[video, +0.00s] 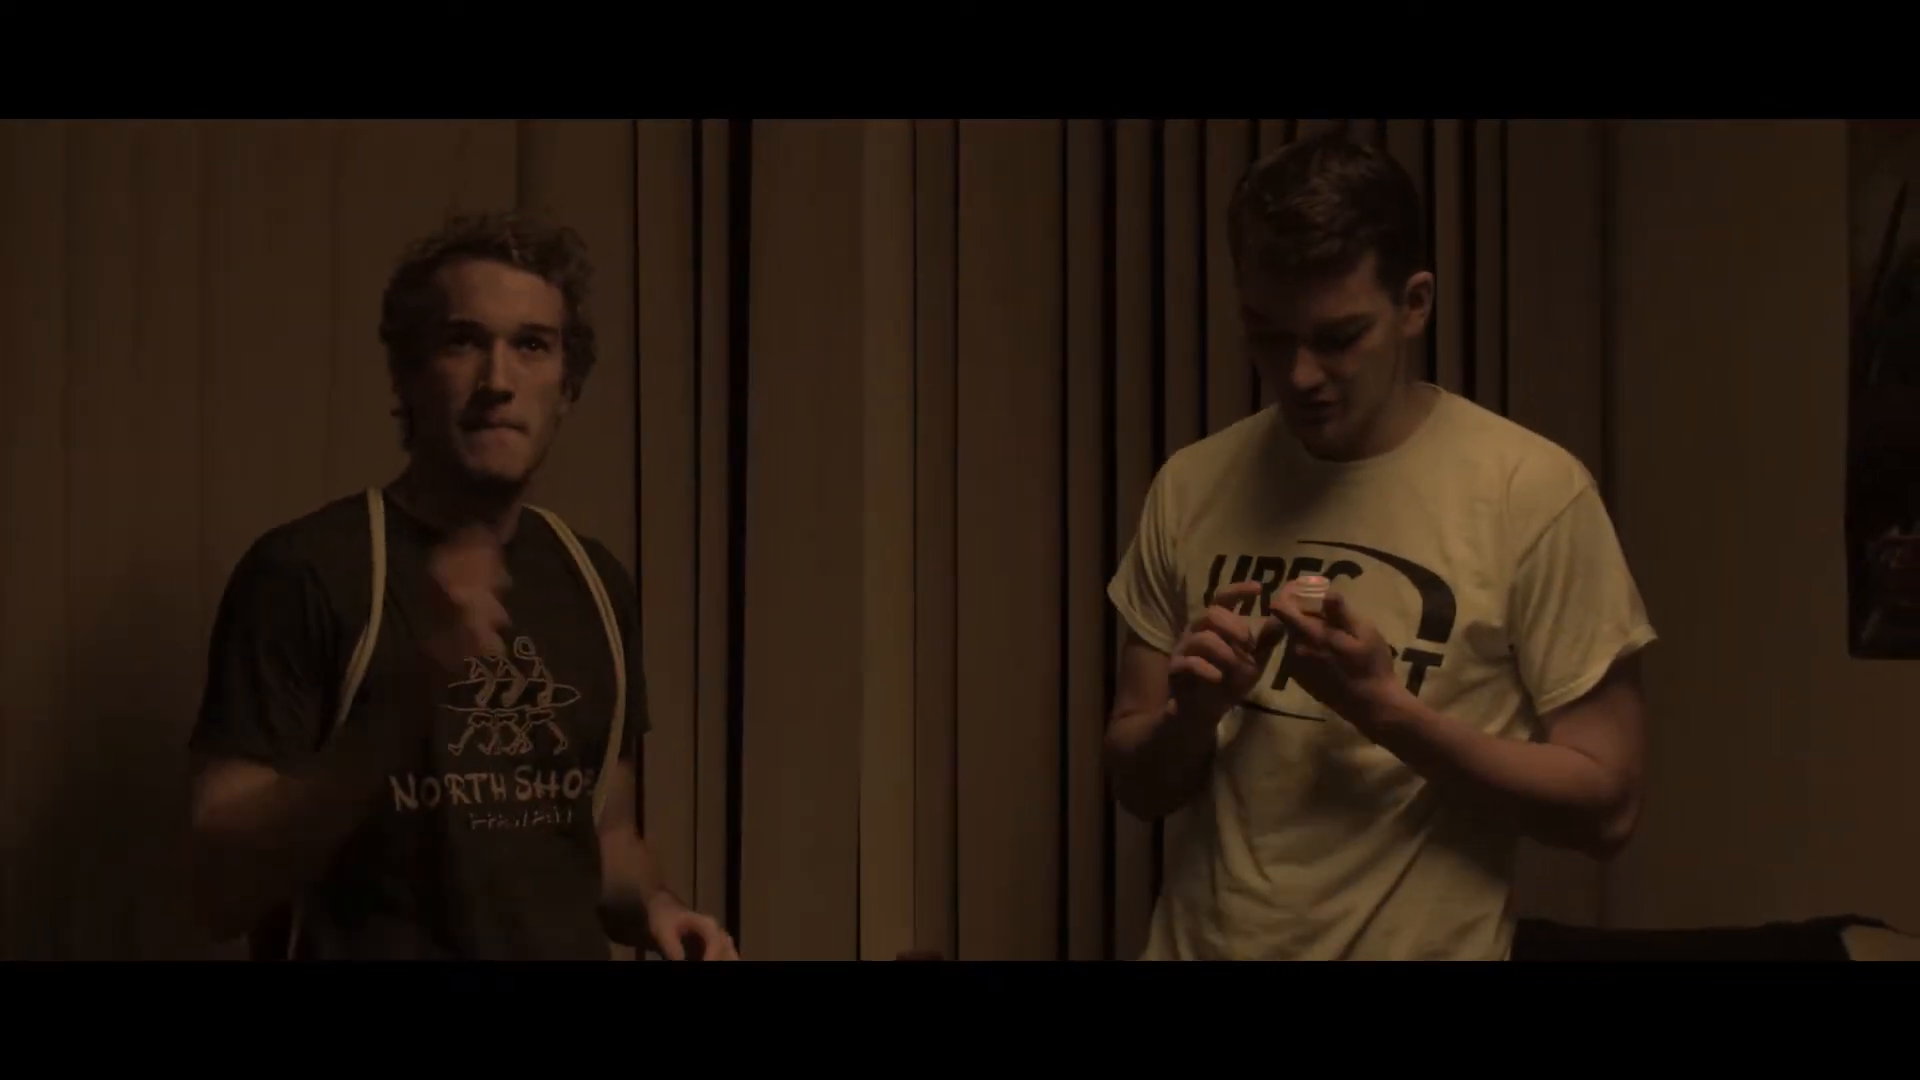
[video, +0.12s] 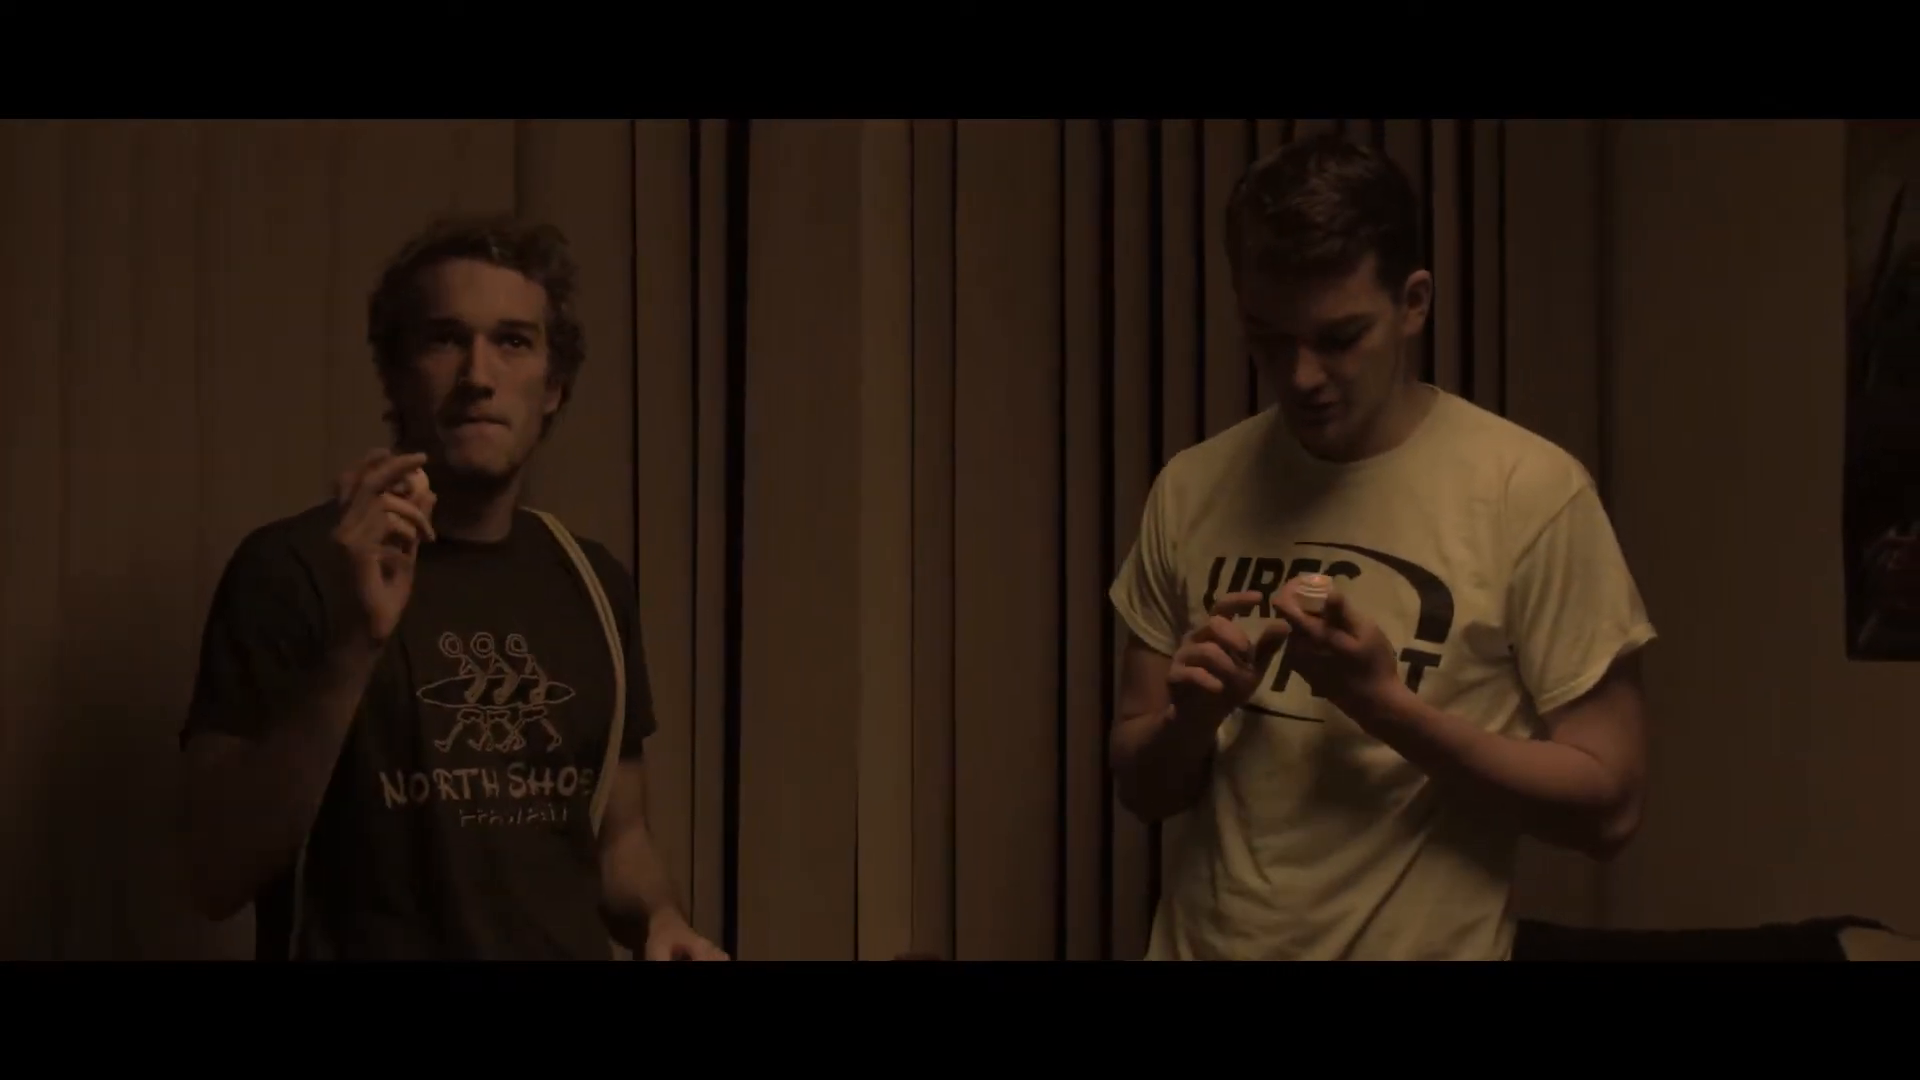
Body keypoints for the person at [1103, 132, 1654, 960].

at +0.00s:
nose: (1301, 376)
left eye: (1340, 338)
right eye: (1273, 338)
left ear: (1415, 305)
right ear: (1245, 312)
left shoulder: (1532, 494)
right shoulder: (1189, 490)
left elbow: (1606, 803)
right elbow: (1136, 786)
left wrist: (1385, 707)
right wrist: (1192, 714)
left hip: (1426, 946)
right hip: (1204, 943)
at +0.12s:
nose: (1303, 378)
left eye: (1340, 338)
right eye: (1273, 340)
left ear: (1414, 304)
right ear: (1245, 316)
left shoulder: (1531, 495)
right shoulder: (1189, 492)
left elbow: (1608, 804)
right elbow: (1141, 789)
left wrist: (1384, 701)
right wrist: (1193, 722)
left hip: (1425, 947)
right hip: (1204, 945)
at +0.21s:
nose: (1303, 379)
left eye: (1340, 339)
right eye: (1272, 340)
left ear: (1412, 305)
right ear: (1242, 318)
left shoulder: (1527, 497)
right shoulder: (1189, 494)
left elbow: (1608, 804)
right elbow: (1142, 794)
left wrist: (1389, 710)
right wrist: (1191, 726)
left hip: (1424, 946)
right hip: (1204, 945)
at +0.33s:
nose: (1302, 384)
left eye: (1339, 343)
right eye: (1269, 346)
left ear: (1407, 312)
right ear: (1238, 324)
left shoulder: (1523, 506)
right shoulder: (1184, 504)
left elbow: (1605, 813)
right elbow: (1140, 803)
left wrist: (1388, 719)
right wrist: (1185, 732)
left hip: (1420, 946)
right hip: (1202, 946)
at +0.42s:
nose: (1304, 385)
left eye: (1341, 344)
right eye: (1270, 347)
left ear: (1407, 312)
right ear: (1239, 325)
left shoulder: (1520, 505)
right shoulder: (1184, 505)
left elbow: (1604, 813)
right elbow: (1141, 808)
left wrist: (1386, 717)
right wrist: (1183, 735)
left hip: (1421, 946)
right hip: (1204, 945)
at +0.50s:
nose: (1304, 385)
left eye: (1341, 343)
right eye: (1270, 347)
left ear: (1408, 312)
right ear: (1239, 325)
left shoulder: (1519, 505)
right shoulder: (1182, 506)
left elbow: (1603, 814)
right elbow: (1140, 811)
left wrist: (1383, 715)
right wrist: (1184, 731)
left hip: (1421, 946)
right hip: (1203, 946)